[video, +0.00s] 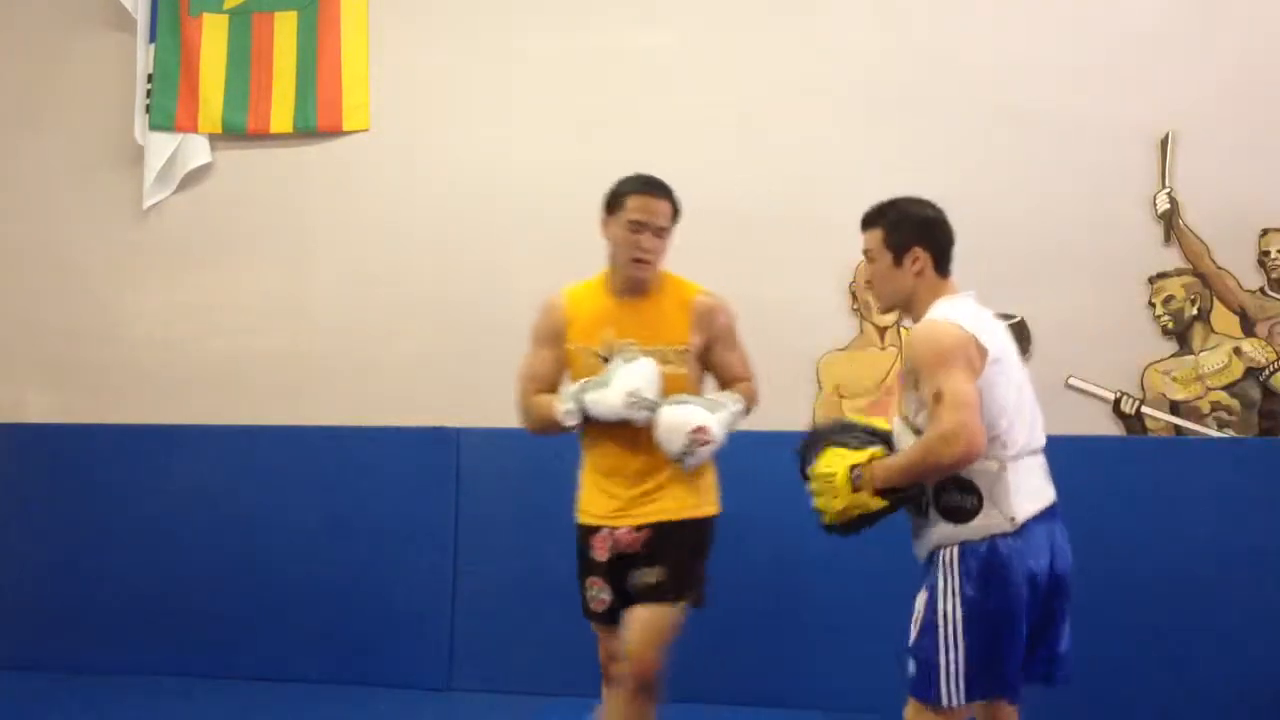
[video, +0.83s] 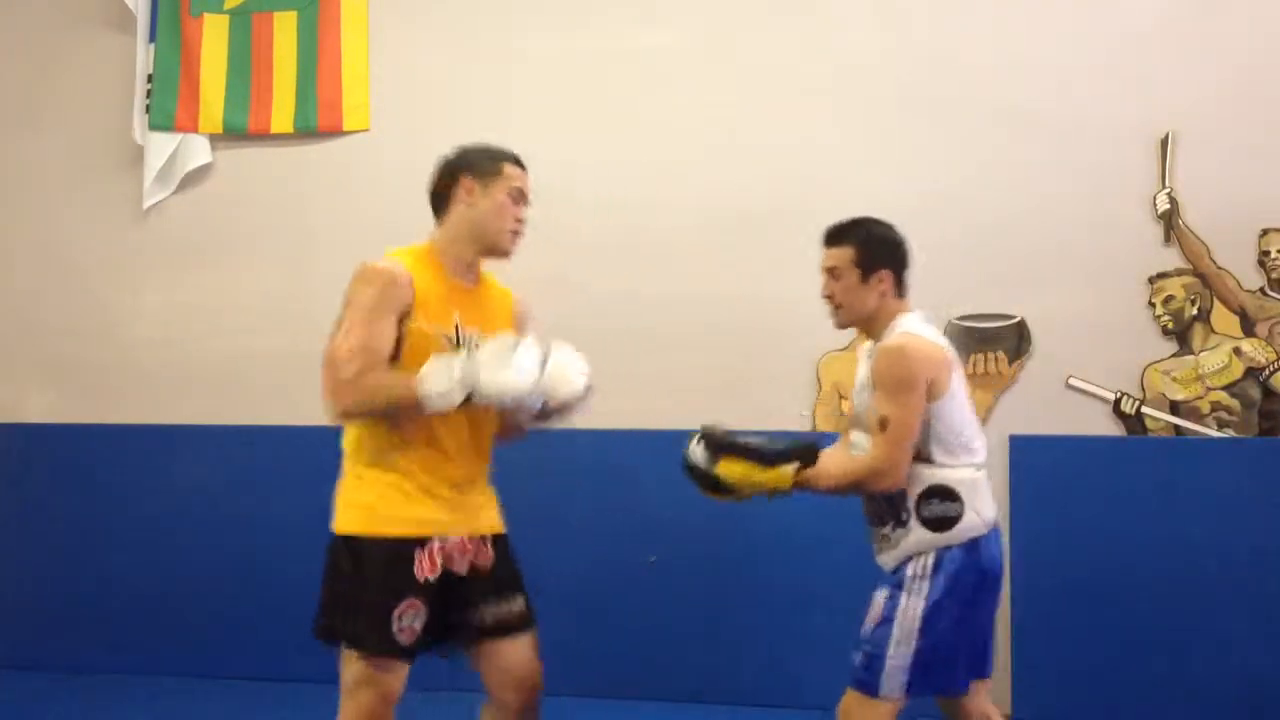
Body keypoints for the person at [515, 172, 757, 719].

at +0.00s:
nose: (647, 242)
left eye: (660, 232)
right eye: (636, 227)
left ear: (671, 238)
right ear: (606, 227)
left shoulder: (703, 312)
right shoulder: (565, 311)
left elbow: (743, 387)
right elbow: (532, 408)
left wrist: (713, 421)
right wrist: (580, 404)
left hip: (679, 505)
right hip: (602, 507)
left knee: (637, 667)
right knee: (616, 669)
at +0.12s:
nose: (643, 240)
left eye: (654, 231)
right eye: (631, 225)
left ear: (662, 240)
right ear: (597, 226)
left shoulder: (684, 324)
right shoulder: (544, 312)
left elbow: (717, 413)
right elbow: (506, 409)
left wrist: (679, 435)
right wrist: (553, 404)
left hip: (636, 517)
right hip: (561, 512)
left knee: (589, 684)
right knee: (564, 673)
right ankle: (614, 710)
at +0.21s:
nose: (642, 233)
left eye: (653, 225)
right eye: (631, 218)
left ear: (659, 235)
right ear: (593, 216)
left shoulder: (672, 322)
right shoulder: (532, 298)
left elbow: (702, 423)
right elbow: (492, 396)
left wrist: (653, 428)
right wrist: (534, 391)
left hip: (619, 521)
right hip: (538, 511)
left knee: (586, 687)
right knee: (506, 672)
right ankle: (568, 712)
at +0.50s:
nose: (609, 224)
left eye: (617, 215)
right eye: (600, 206)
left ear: (615, 225)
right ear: (554, 200)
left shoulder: (620, 311)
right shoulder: (468, 286)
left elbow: (633, 435)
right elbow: (425, 381)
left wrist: (598, 388)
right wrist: (459, 385)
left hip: (568, 523)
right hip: (471, 512)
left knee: (561, 693)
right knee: (416, 690)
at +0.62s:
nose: (575, 230)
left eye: (579, 219)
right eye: (566, 212)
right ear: (516, 207)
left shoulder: (579, 322)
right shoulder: (425, 300)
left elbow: (603, 439)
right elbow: (381, 399)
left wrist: (577, 424)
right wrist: (440, 409)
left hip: (536, 533)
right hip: (436, 528)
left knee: (546, 697)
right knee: (400, 700)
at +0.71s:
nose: (548, 230)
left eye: (552, 218)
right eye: (538, 212)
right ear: (488, 207)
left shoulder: (549, 323)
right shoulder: (399, 303)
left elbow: (560, 416)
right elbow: (344, 407)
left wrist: (563, 433)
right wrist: (439, 415)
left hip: (510, 540)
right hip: (409, 538)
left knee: (536, 702)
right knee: (390, 707)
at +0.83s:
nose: (524, 213)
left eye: (526, 202)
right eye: (513, 197)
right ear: (464, 192)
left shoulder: (504, 305)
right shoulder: (388, 279)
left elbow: (496, 428)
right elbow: (347, 389)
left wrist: (537, 402)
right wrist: (460, 378)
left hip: (472, 516)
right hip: (386, 520)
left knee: (519, 682)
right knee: (373, 691)